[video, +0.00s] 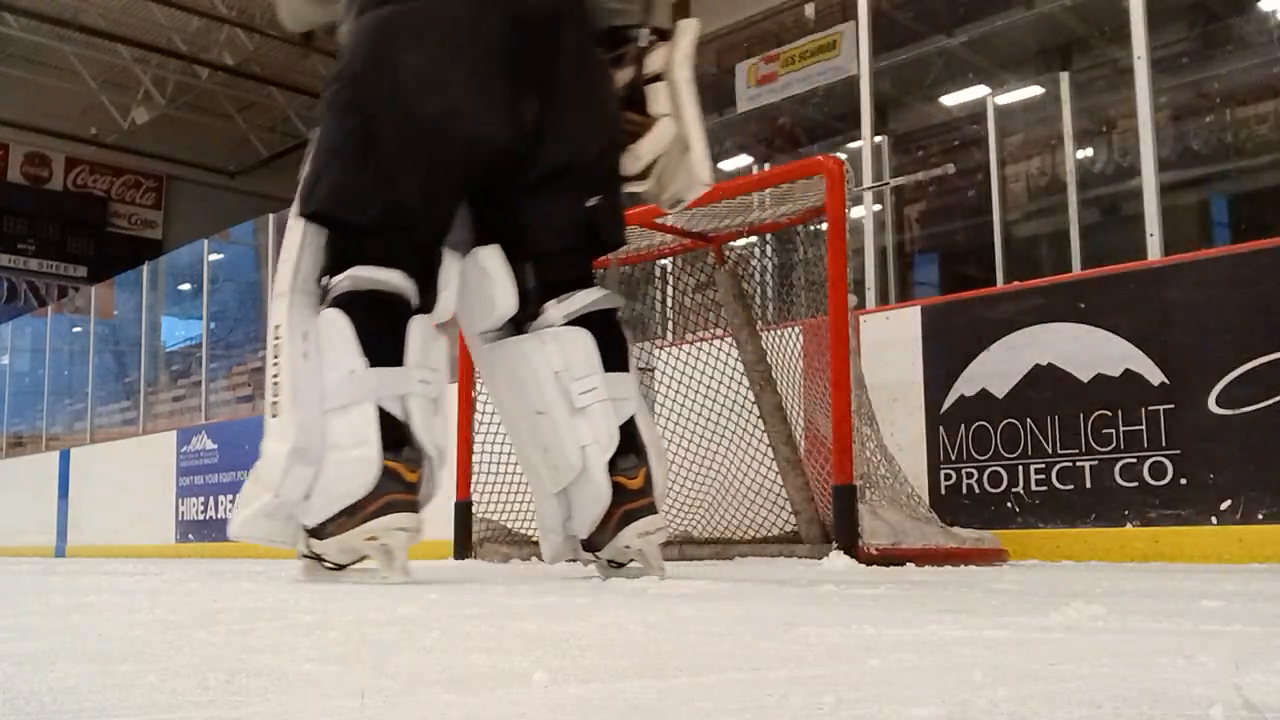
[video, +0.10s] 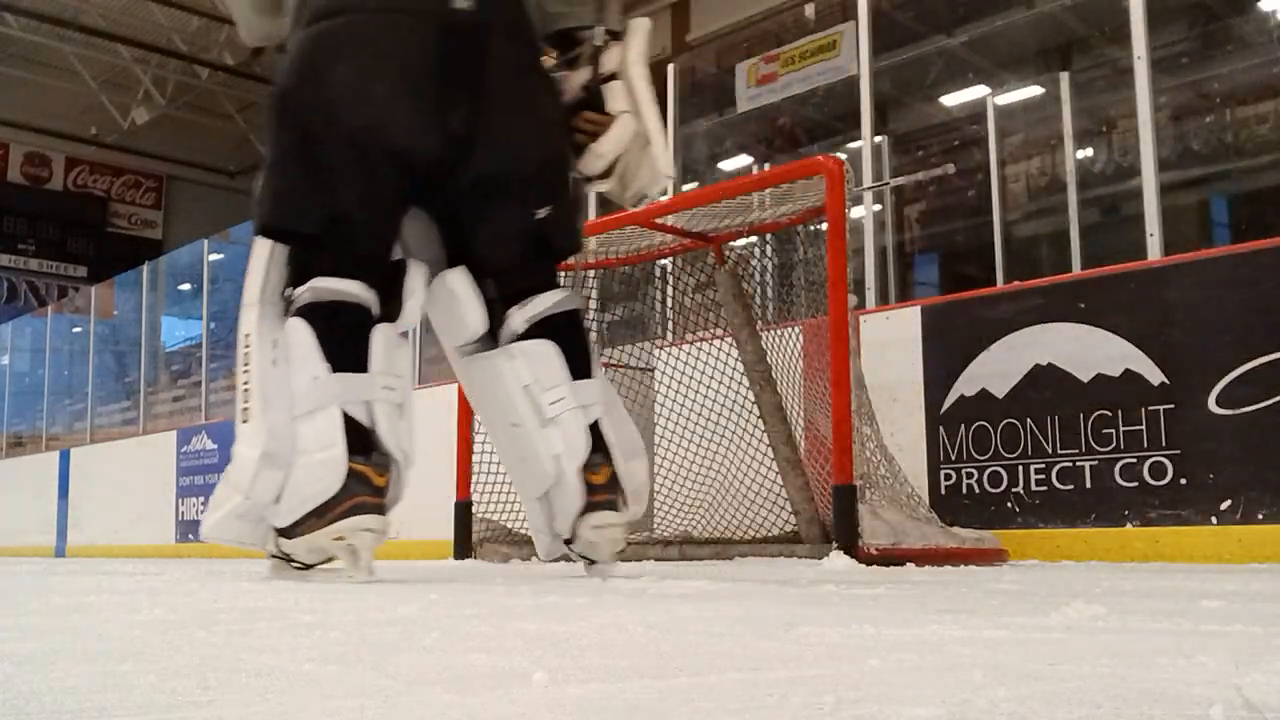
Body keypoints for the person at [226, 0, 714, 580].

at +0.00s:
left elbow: (301, 11)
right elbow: (621, 8)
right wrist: (621, 28)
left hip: (411, 34)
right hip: (554, 31)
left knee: (371, 268)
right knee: (561, 276)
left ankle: (371, 472)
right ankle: (619, 490)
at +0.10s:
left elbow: (258, 18)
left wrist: (278, 28)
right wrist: (575, 38)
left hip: (349, 44)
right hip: (495, 44)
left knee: (335, 276)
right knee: (524, 280)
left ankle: (340, 477)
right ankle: (589, 480)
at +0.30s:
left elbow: (183, 12)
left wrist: (217, 49)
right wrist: (476, 35)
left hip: (268, 54)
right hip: (408, 60)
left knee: (269, 286)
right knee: (436, 289)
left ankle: (276, 484)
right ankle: (472, 484)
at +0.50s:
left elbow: (158, 35)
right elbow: (422, 10)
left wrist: (185, 80)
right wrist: (443, 68)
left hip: (215, 74)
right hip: (340, 78)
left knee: (205, 293)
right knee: (355, 298)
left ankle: (208, 484)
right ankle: (371, 494)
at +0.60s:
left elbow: (143, 42)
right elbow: (378, 14)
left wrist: (168, 90)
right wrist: (405, 71)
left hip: (188, 93)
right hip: (311, 96)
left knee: (183, 295)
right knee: (335, 303)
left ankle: (183, 481)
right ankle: (350, 494)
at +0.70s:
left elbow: (134, 33)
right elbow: (335, 7)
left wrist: (157, 93)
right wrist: (368, 92)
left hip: (172, 104)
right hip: (282, 109)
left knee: (172, 300)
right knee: (320, 304)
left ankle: (165, 482)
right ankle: (336, 488)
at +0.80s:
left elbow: (140, 36)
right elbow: (322, 19)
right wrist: (347, 119)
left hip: (162, 117)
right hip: (264, 123)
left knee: (168, 305)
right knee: (315, 304)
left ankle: (151, 492)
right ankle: (329, 494)